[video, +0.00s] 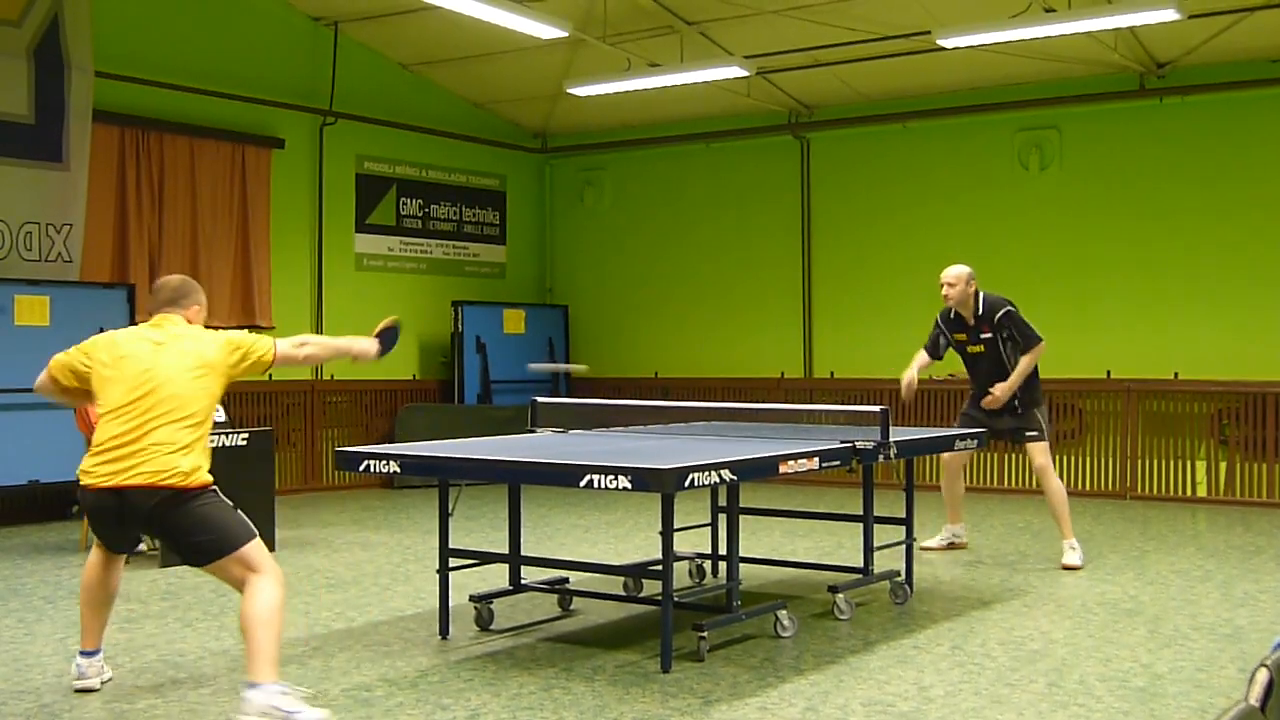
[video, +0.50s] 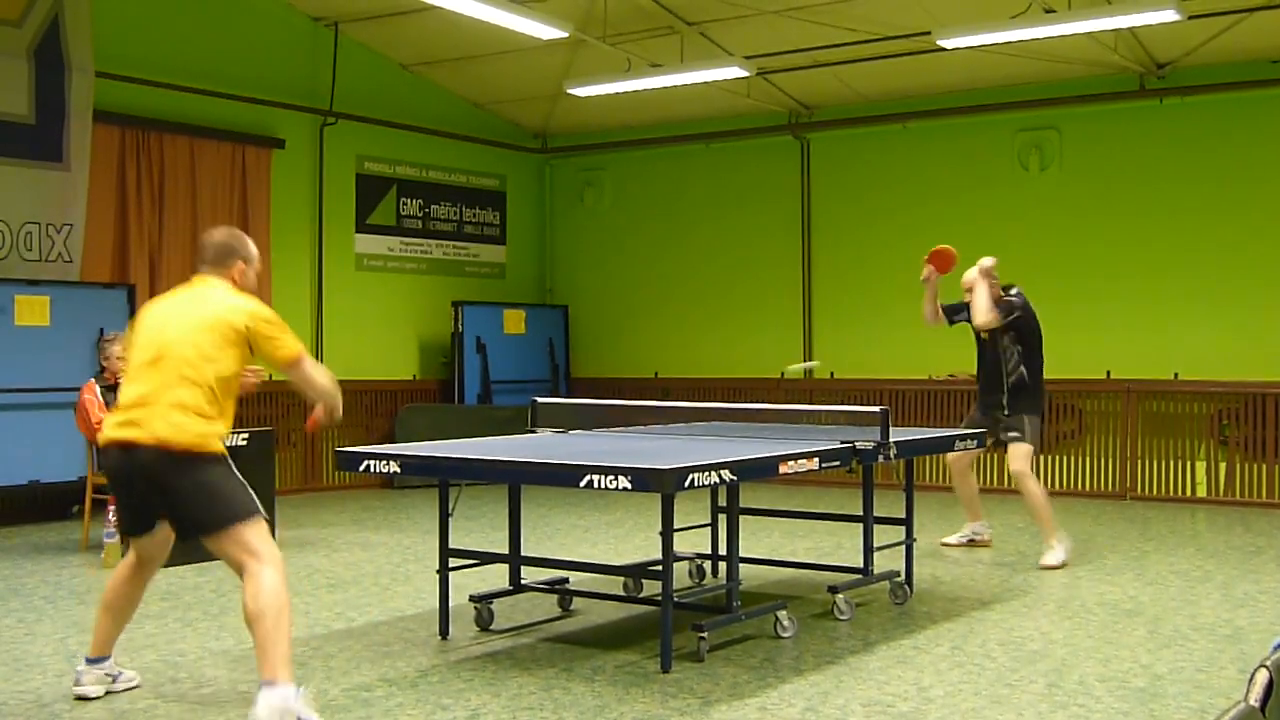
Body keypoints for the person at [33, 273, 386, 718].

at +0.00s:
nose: (205, 318)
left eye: (204, 312)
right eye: (204, 312)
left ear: (152, 311)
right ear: (194, 311)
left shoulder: (105, 344)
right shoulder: (217, 344)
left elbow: (44, 384)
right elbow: (300, 350)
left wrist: (92, 396)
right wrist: (364, 346)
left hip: (104, 485)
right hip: (176, 486)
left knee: (108, 550)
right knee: (261, 574)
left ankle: (87, 660)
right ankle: (263, 687)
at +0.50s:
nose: (259, 276)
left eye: (258, 267)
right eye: (256, 267)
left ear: (203, 266)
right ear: (240, 268)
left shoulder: (153, 307)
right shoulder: (245, 308)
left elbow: (145, 372)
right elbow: (315, 380)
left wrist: (227, 377)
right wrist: (332, 404)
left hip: (120, 446)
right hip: (186, 449)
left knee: (147, 549)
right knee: (260, 559)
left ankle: (95, 666)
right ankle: (278, 691)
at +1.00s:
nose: (406, 293)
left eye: (406, 286)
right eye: (405, 285)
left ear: (351, 280)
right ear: (389, 282)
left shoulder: (300, 322)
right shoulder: (394, 314)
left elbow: (288, 397)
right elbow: (483, 364)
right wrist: (476, 322)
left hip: (264, 478)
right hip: (330, 483)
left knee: (282, 514)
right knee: (436, 564)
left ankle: (236, 618)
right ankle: (373, 679)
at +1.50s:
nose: (435, 301)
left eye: (435, 292)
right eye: (435, 292)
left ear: (379, 290)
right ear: (421, 293)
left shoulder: (324, 341)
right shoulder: (430, 350)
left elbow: (292, 419)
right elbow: (447, 442)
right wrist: (497, 475)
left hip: (305, 499)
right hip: (384, 508)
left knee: (272, 591)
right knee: (468, 592)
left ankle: (198, 700)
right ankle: (467, 713)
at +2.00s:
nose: (659, 238)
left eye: (661, 226)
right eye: (658, 224)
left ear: (615, 215)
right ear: (632, 218)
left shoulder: (571, 258)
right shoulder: (588, 269)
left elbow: (535, 352)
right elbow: (548, 360)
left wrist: (560, 437)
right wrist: (546, 466)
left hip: (507, 440)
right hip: (520, 447)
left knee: (531, 576)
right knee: (537, 584)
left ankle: (457, 669)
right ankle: (477, 709)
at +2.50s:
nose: (847, 222)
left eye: (849, 210)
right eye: (844, 208)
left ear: (811, 198)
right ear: (815, 198)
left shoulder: (784, 250)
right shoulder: (780, 249)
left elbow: (784, 345)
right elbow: (780, 342)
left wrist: (825, 417)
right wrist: (844, 419)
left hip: (755, 436)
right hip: (762, 437)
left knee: (768, 569)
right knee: (809, 563)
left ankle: (743, 700)